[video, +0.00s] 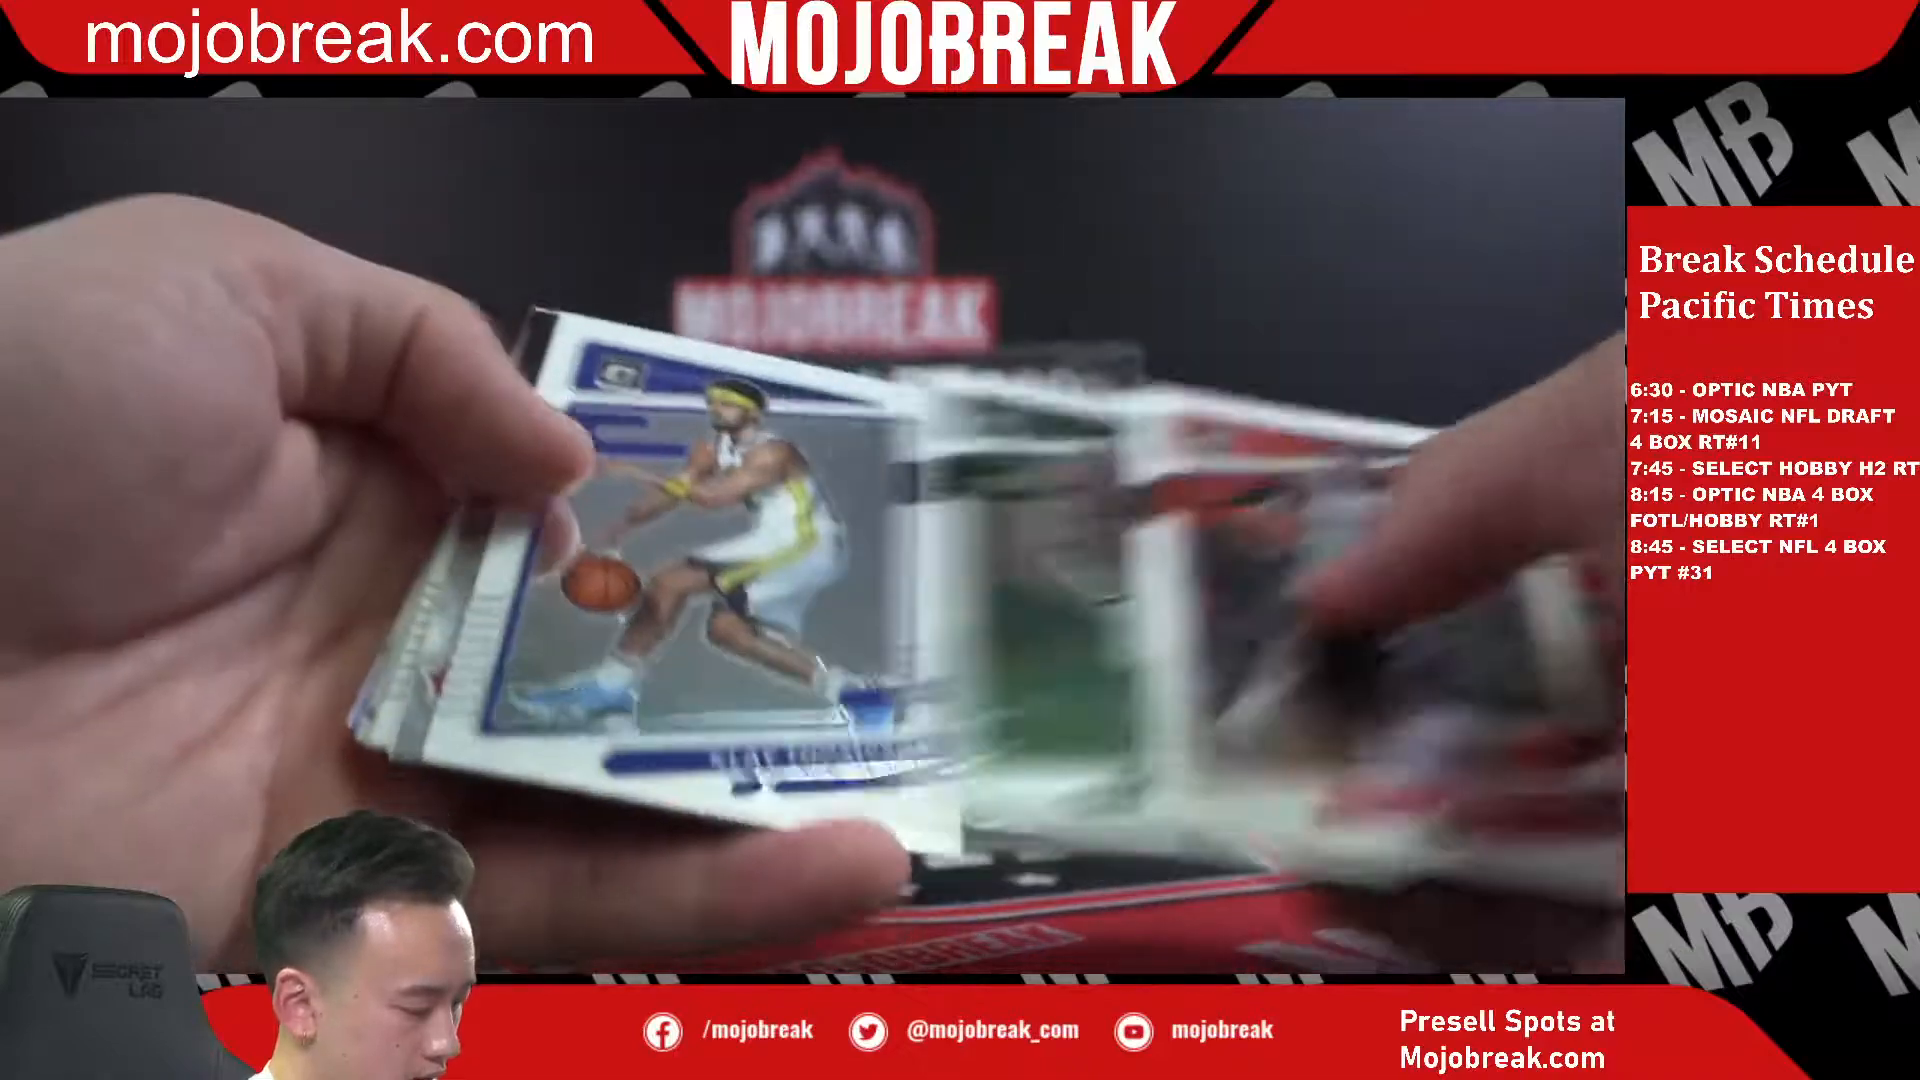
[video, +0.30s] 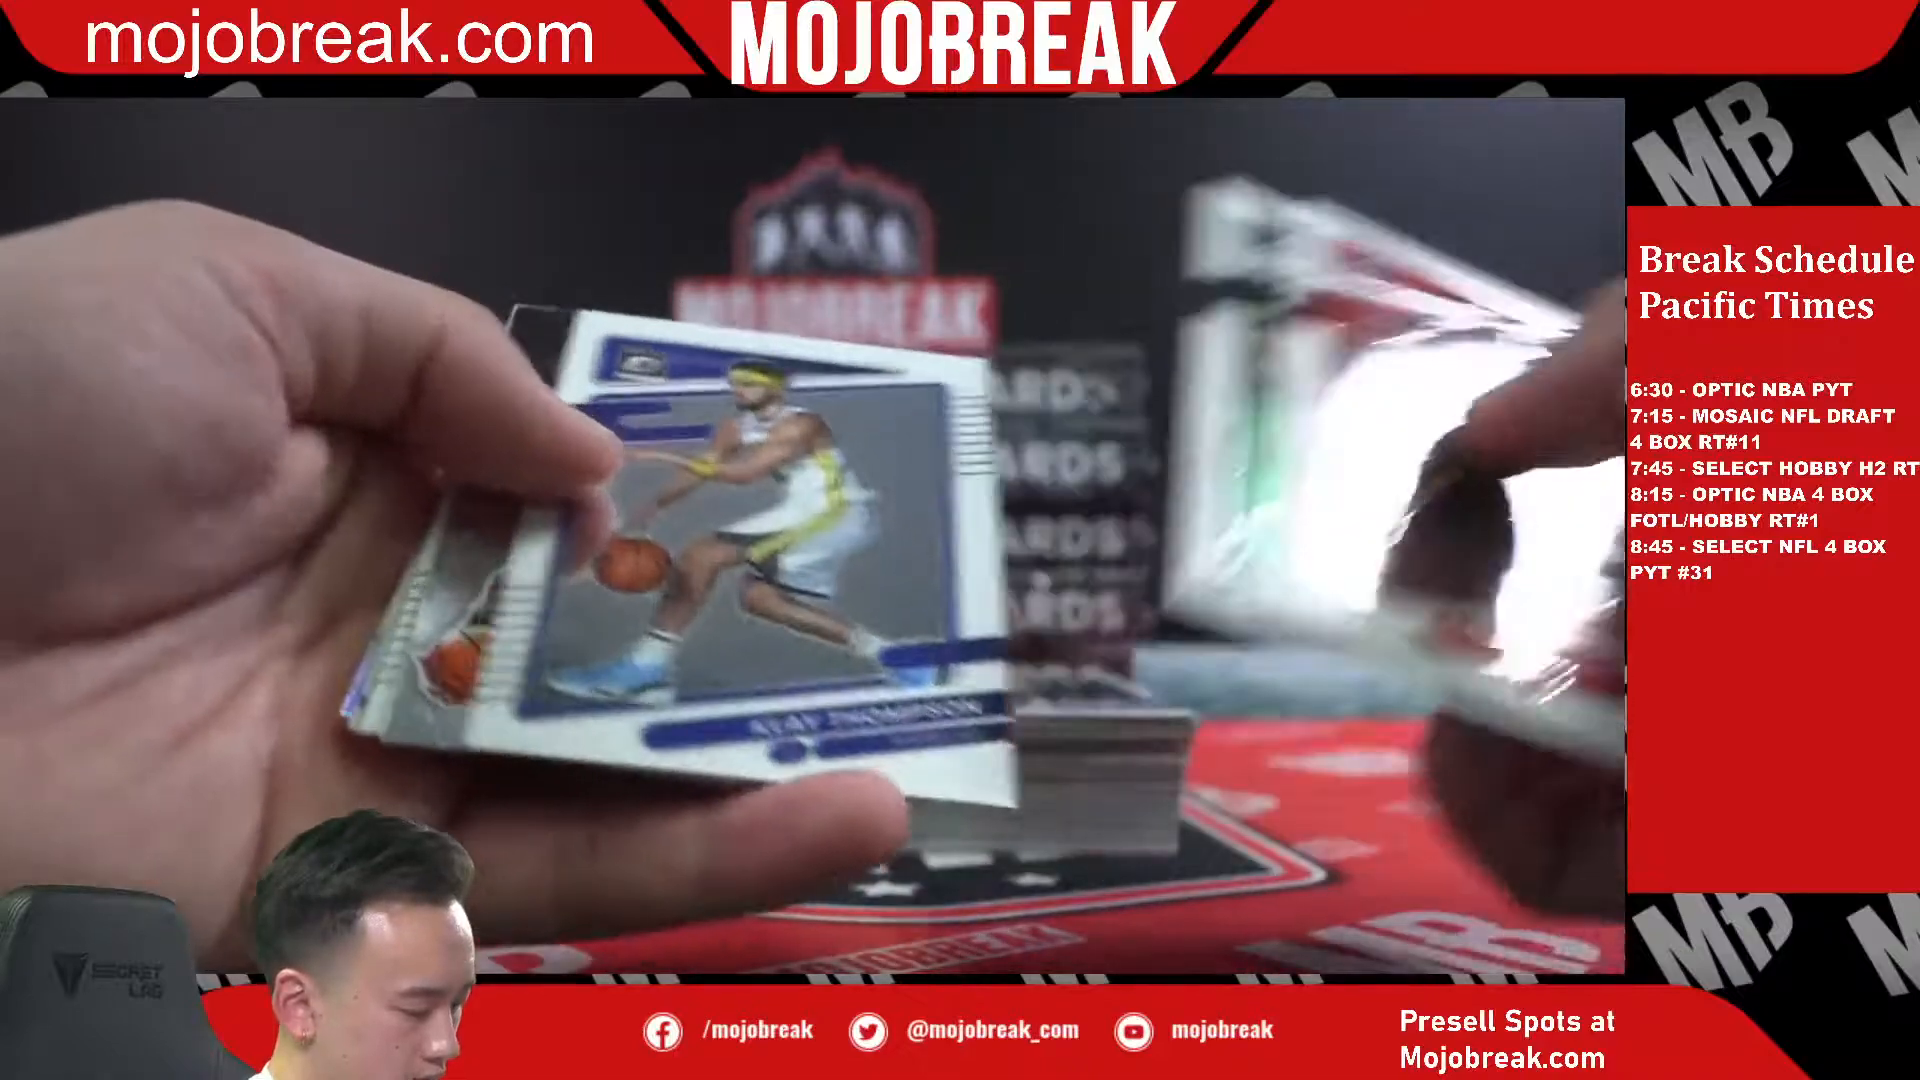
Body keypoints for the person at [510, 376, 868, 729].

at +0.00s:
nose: (718, 413)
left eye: (728, 405)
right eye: (714, 404)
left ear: (751, 412)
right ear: (711, 409)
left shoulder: (774, 454)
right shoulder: (710, 449)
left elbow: (714, 497)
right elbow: (672, 495)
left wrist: (641, 477)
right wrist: (624, 525)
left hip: (802, 550)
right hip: (778, 551)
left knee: (670, 583)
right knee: (726, 631)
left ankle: (614, 680)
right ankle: (841, 687)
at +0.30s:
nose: (741, 395)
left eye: (751, 387)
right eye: (737, 388)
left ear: (775, 388)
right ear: (737, 390)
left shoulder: (801, 425)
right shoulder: (736, 429)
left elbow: (750, 472)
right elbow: (703, 469)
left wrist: (692, 469)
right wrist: (656, 507)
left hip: (834, 518)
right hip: (805, 520)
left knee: (703, 555)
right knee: (760, 598)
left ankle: (648, 663)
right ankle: (883, 652)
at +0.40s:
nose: (806, 403)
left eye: (815, 394)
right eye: (799, 395)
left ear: (833, 387)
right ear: (792, 392)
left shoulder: (856, 419)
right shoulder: (789, 424)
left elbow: (810, 469)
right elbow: (764, 468)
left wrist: (738, 463)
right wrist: (733, 497)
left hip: (891, 516)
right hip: (861, 520)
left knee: (761, 568)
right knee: (827, 613)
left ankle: (711, 681)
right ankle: (951, 663)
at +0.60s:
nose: (918, 407)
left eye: (927, 398)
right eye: (912, 398)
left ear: (947, 399)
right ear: (907, 401)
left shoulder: (969, 443)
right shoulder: (915, 444)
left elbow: (926, 511)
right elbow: (890, 505)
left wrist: (848, 492)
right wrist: (840, 555)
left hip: (1013, 584)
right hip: (981, 578)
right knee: (904, 614)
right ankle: (859, 729)